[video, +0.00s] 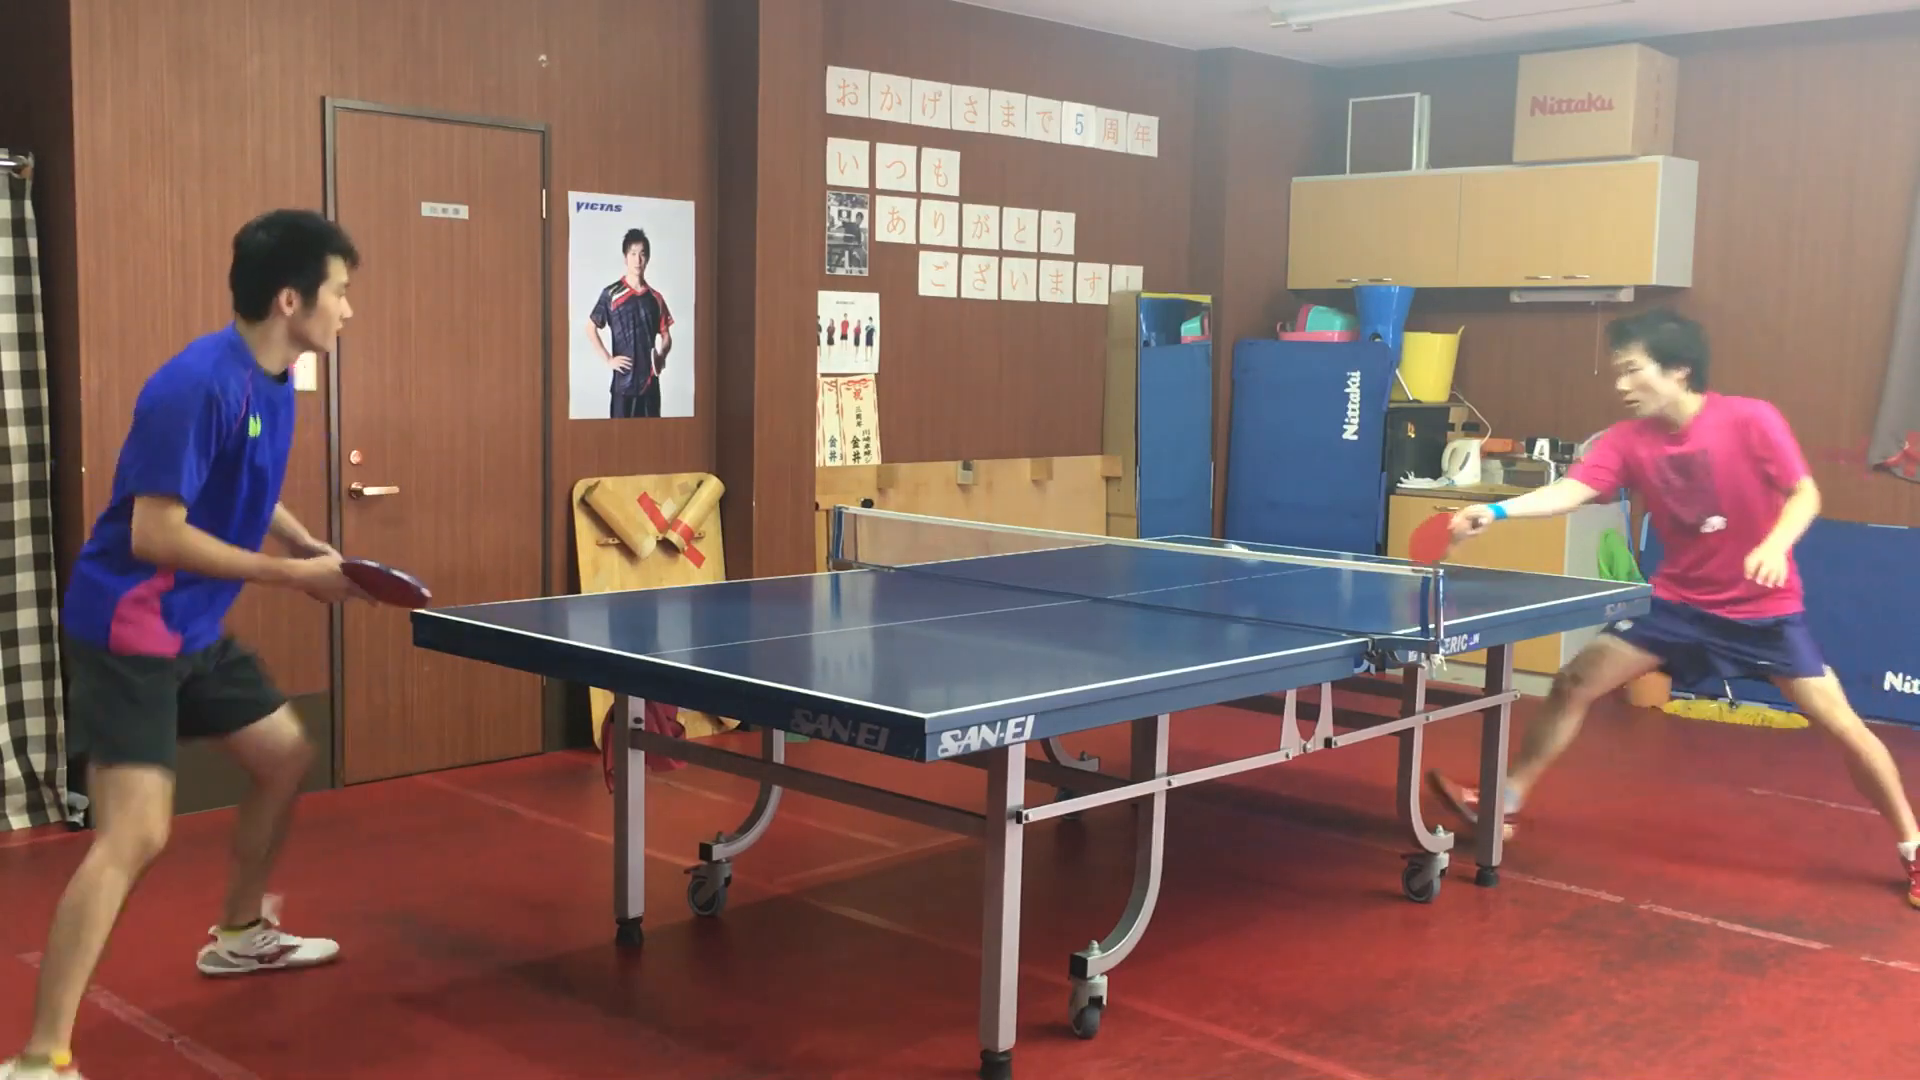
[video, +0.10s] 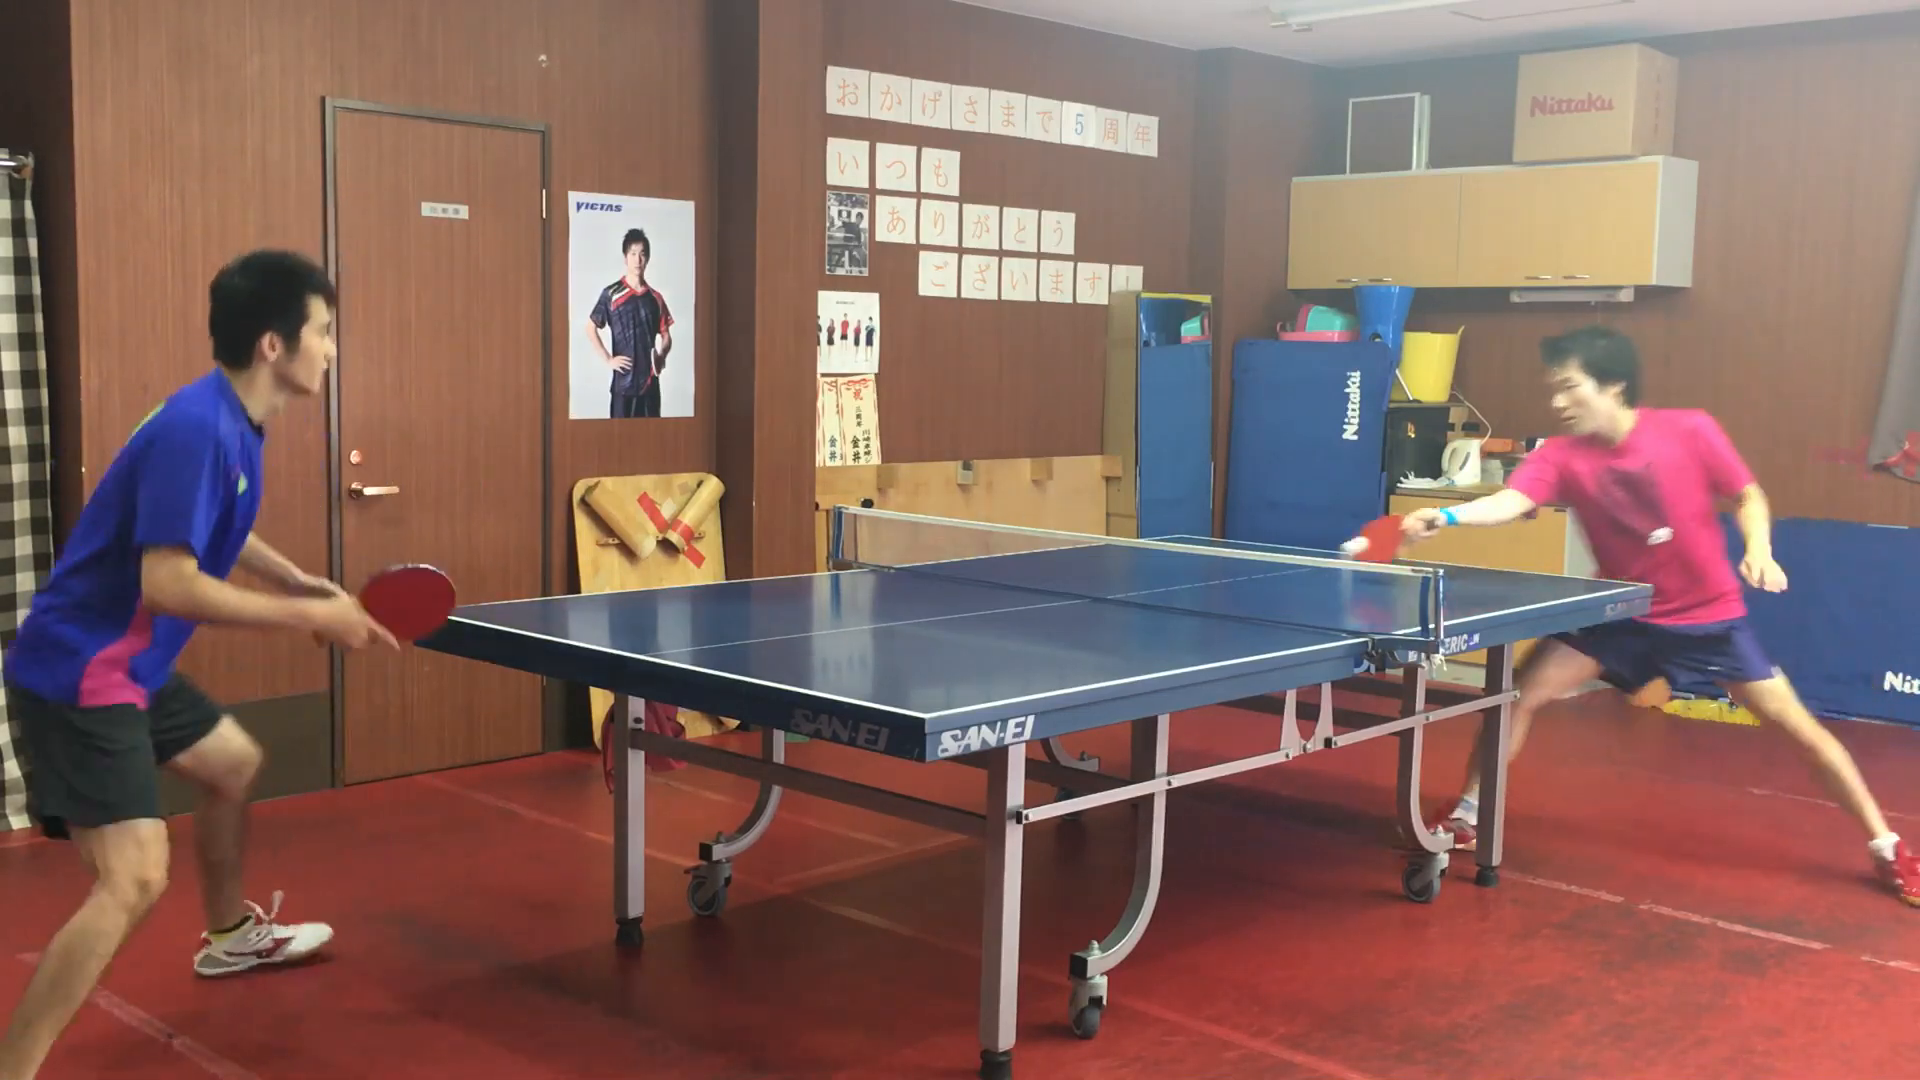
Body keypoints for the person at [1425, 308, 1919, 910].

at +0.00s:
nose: (1621, 383)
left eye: (1631, 369)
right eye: (1617, 372)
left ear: (1679, 372)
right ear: (1631, 379)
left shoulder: (1751, 421)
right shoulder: (1628, 442)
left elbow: (1806, 495)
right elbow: (1567, 493)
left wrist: (1774, 545)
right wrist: (1493, 510)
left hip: (1765, 613)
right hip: (1677, 605)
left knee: (1840, 724)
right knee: (1574, 681)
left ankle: (1911, 842)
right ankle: (1504, 803)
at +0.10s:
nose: (1555, 400)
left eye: (1566, 386)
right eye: (1551, 388)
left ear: (1613, 386)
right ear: (1580, 393)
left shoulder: (1690, 432)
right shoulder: (1562, 457)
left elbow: (1748, 499)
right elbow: (1510, 503)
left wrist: (1758, 549)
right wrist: (1440, 516)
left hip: (1712, 620)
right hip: (1628, 620)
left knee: (1792, 722)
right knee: (1528, 687)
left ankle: (1887, 843)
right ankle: (1464, 819)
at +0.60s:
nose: (1591, 382)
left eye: (1606, 371)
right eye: (1585, 369)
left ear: (1647, 380)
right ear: (1580, 375)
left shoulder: (1699, 438)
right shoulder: (1576, 454)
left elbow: (1759, 509)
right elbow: (1559, 523)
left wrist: (1757, 568)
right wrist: (1514, 531)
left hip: (1706, 605)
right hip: (1618, 602)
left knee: (1769, 713)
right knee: (1529, 679)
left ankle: (1827, 845)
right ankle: (1488, 811)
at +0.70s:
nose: (1626, 393)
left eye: (1642, 382)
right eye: (1622, 381)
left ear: (1681, 392)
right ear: (1617, 387)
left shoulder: (1720, 456)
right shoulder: (1619, 452)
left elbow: (1777, 541)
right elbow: (1622, 515)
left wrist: (1765, 617)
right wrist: (1566, 522)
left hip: (1730, 612)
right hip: (1655, 604)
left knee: (1779, 714)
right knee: (1549, 668)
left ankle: (1831, 845)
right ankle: (1524, 793)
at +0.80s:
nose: (1637, 386)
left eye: (1653, 376)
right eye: (1632, 375)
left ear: (1691, 390)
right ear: (1627, 383)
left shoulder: (1730, 453)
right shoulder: (1629, 454)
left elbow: (1780, 528)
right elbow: (1616, 518)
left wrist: (1773, 589)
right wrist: (1564, 510)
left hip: (1739, 617)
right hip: (1666, 607)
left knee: (1782, 708)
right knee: (1564, 671)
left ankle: (1835, 849)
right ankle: (1587, 785)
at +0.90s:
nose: (1640, 358)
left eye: (1655, 348)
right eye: (1635, 347)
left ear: (1690, 359)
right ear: (1628, 355)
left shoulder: (1724, 417)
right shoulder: (1624, 422)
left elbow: (1770, 495)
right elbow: (1599, 489)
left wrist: (1728, 521)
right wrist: (1568, 502)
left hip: (1743, 578)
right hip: (1668, 572)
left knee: (1772, 682)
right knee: (1594, 653)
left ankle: (1813, 826)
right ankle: (1590, 788)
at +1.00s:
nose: (1652, 350)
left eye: (1668, 340)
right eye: (1646, 339)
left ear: (1702, 350)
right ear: (1639, 346)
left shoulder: (1728, 398)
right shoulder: (1633, 411)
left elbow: (1712, 472)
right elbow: (1608, 483)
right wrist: (1584, 505)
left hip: (1745, 549)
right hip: (1676, 547)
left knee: (1752, 662)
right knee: (1611, 638)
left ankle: (1774, 790)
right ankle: (1606, 765)